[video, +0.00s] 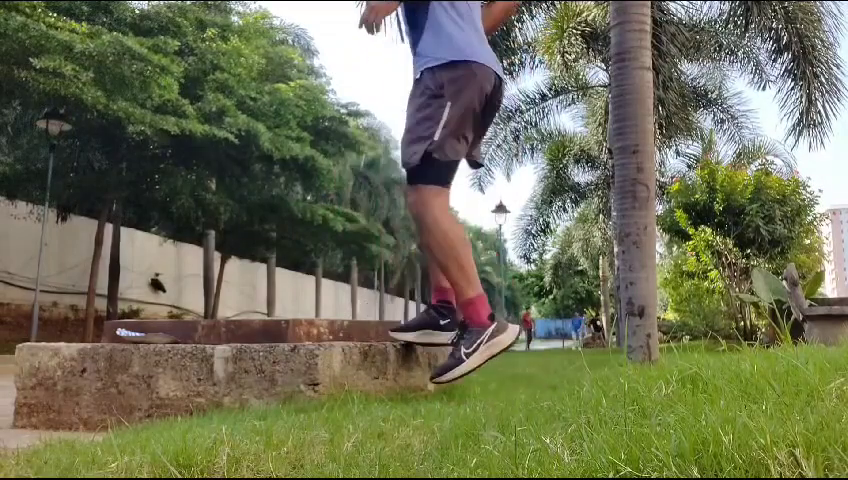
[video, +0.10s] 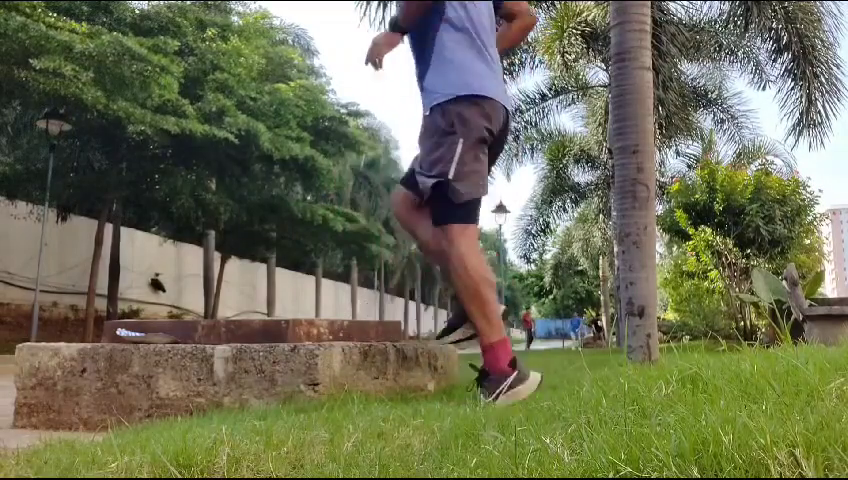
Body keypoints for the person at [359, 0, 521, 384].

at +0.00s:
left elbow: (378, 12)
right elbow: (508, 2)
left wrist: (380, 8)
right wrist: (469, 34)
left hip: (449, 62)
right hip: (485, 70)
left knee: (425, 195)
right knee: (427, 194)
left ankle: (480, 323)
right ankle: (443, 307)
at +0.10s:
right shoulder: (484, 5)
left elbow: (420, 4)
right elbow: (525, 17)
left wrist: (393, 33)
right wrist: (481, 52)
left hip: (458, 96)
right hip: (496, 105)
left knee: (458, 239)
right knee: (405, 203)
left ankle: (502, 370)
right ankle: (473, 307)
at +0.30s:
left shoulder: (427, 2)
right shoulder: (485, 6)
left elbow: (460, 4)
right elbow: (524, 42)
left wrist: (404, 61)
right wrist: (480, 90)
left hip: (453, 110)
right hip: (490, 116)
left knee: (441, 247)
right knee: (447, 247)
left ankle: (509, 372)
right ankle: (509, 365)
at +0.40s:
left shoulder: (426, 3)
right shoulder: (469, 17)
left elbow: (472, 10)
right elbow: (508, 70)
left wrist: (410, 74)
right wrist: (458, 102)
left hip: (455, 122)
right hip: (500, 132)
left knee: (382, 230)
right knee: (463, 258)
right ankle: (516, 373)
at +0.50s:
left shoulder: (420, 5)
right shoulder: (457, 17)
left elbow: (466, 3)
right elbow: (491, 67)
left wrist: (407, 65)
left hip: (450, 107)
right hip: (495, 123)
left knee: (353, 186)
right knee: (471, 247)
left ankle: (423, 277)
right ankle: (514, 369)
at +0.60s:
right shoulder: (464, 4)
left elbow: (430, 1)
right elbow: (484, 36)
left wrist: (390, 41)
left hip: (436, 80)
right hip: (485, 95)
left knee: (356, 184)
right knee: (456, 224)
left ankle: (394, 300)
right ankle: (503, 342)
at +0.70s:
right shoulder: (463, 2)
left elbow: (408, 3)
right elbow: (481, 27)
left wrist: (377, 34)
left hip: (427, 73)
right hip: (473, 84)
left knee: (371, 186)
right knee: (419, 204)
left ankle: (398, 310)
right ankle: (479, 309)